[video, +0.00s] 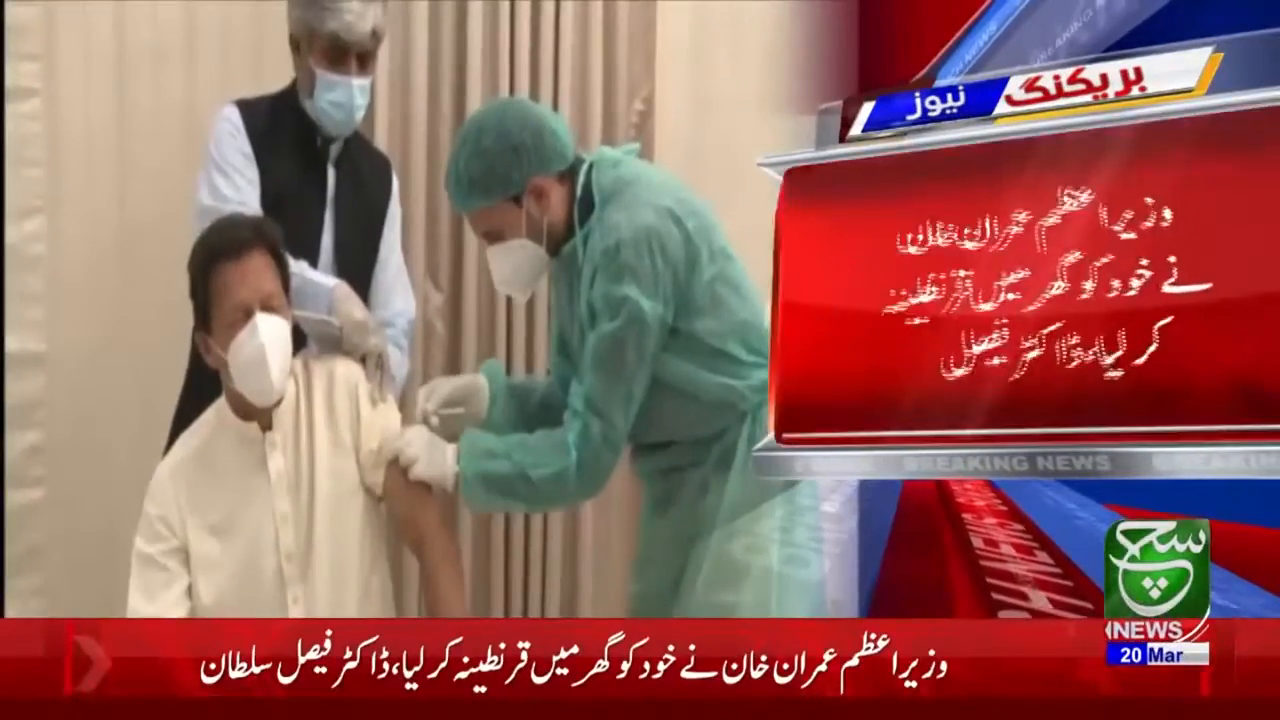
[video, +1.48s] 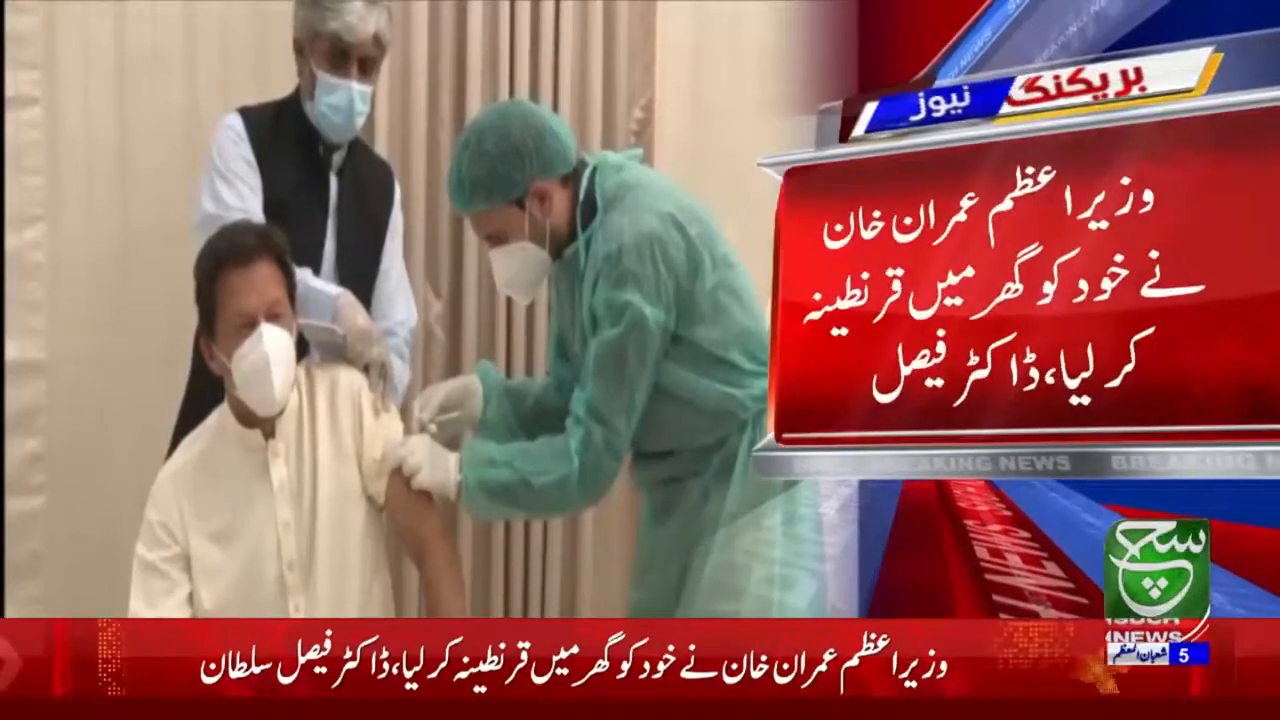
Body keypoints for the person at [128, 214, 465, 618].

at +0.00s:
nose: (263, 329)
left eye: (272, 309)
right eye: (242, 318)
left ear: (291, 312)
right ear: (210, 349)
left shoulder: (343, 390)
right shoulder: (178, 480)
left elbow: (430, 535)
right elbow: (158, 638)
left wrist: (454, 646)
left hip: (363, 670)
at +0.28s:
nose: (263, 331)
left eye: (272, 310)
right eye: (241, 320)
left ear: (291, 313)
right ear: (210, 349)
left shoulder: (343, 391)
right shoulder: (179, 481)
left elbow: (430, 534)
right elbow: (158, 637)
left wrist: (454, 643)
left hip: (363, 670)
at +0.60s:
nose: (265, 333)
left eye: (274, 311)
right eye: (244, 321)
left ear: (294, 314)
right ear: (212, 349)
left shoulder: (345, 392)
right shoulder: (179, 482)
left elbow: (430, 535)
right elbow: (159, 638)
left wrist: (454, 646)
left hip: (364, 673)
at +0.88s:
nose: (265, 336)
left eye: (275, 314)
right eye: (244, 324)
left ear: (295, 317)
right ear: (212, 351)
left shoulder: (345, 395)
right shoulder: (180, 485)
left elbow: (430, 537)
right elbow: (159, 639)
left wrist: (454, 645)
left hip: (364, 674)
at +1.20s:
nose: (266, 337)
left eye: (275, 316)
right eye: (245, 325)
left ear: (295, 319)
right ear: (212, 351)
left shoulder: (345, 397)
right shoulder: (180, 485)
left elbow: (430, 539)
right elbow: (159, 641)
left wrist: (453, 650)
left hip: (364, 675)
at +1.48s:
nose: (266, 339)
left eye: (276, 317)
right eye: (245, 327)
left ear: (295, 320)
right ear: (212, 353)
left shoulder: (346, 399)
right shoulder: (180, 485)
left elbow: (429, 538)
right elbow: (159, 640)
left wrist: (454, 646)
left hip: (364, 675)